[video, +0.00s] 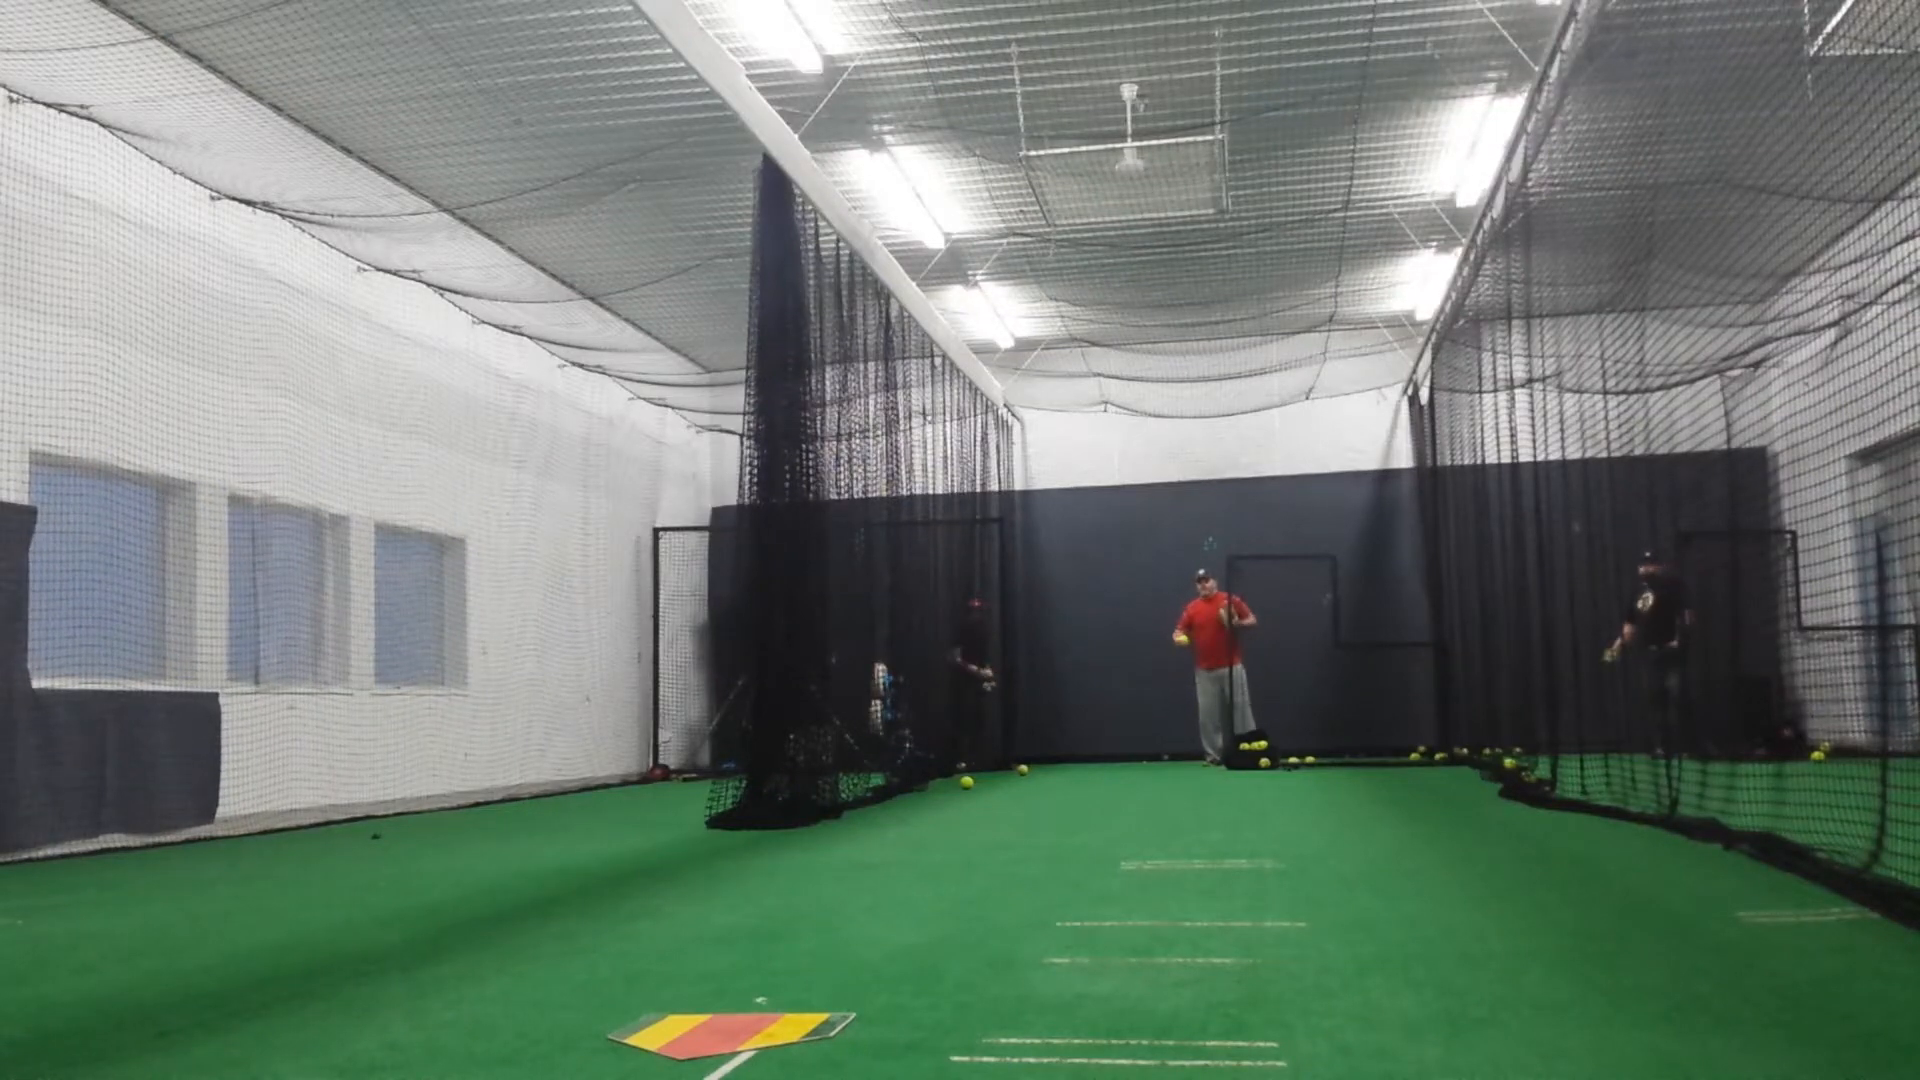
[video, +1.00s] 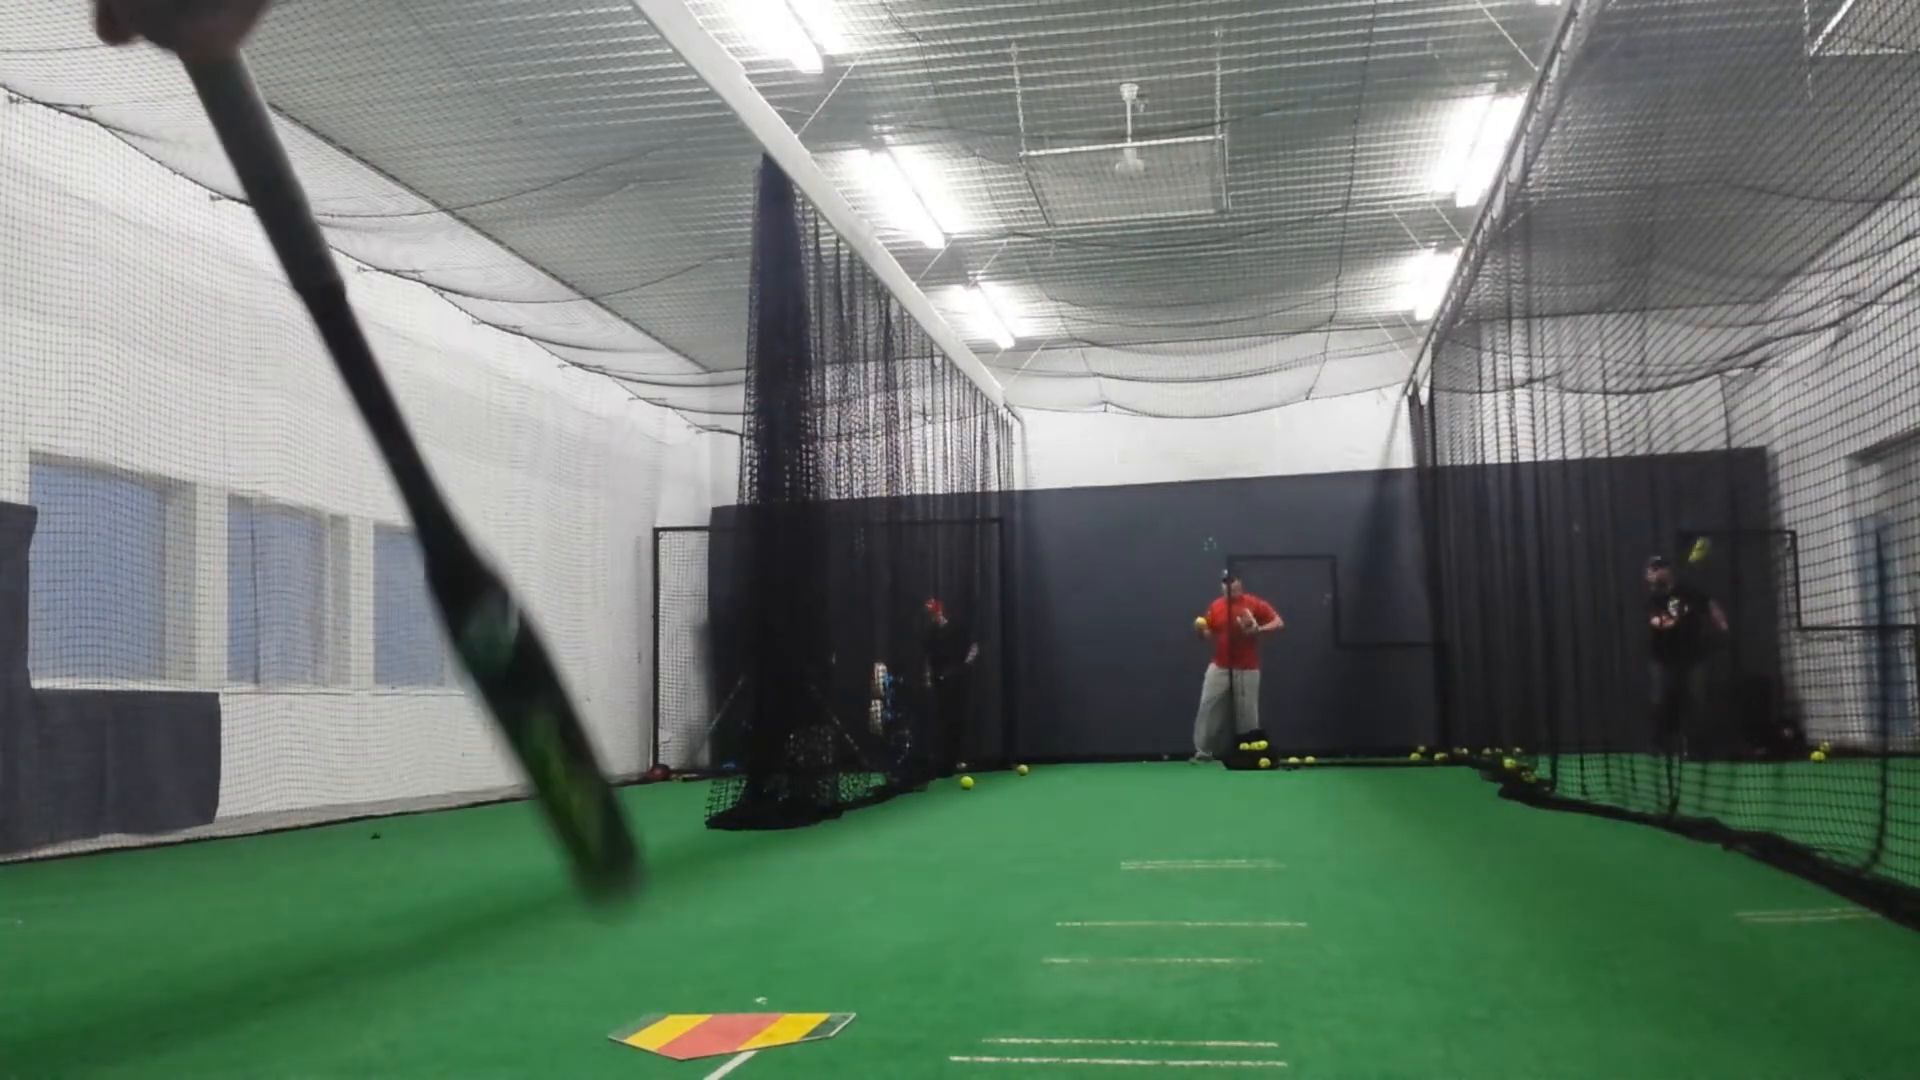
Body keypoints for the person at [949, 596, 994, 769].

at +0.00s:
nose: (975, 614)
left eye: (978, 610)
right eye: (972, 610)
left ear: (983, 612)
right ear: (966, 612)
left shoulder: (984, 633)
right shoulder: (962, 630)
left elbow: (986, 659)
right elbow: (956, 658)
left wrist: (988, 676)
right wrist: (979, 672)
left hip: (978, 683)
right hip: (963, 683)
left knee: (979, 719)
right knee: (964, 719)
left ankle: (979, 757)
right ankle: (962, 758)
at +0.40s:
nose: (955, 617)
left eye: (957, 613)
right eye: (951, 614)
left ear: (964, 612)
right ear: (948, 616)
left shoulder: (975, 630)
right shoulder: (947, 633)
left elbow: (982, 653)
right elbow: (940, 663)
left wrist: (982, 667)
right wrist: (960, 669)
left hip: (973, 682)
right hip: (955, 683)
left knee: (973, 720)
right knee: (956, 721)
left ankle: (973, 759)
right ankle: (957, 759)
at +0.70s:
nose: (937, 619)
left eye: (940, 615)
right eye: (934, 616)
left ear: (946, 614)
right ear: (932, 617)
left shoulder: (962, 630)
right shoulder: (934, 633)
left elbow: (977, 647)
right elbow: (930, 659)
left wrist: (972, 666)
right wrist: (938, 673)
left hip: (965, 679)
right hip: (945, 681)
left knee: (965, 719)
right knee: (946, 719)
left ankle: (966, 757)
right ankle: (947, 757)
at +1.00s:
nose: (933, 618)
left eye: (934, 613)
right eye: (930, 615)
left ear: (941, 611)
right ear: (929, 616)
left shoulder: (956, 628)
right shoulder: (930, 634)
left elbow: (973, 646)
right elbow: (927, 659)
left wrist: (968, 660)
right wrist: (928, 678)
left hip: (959, 679)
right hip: (940, 681)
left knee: (958, 719)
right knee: (942, 720)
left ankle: (959, 758)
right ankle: (942, 760)